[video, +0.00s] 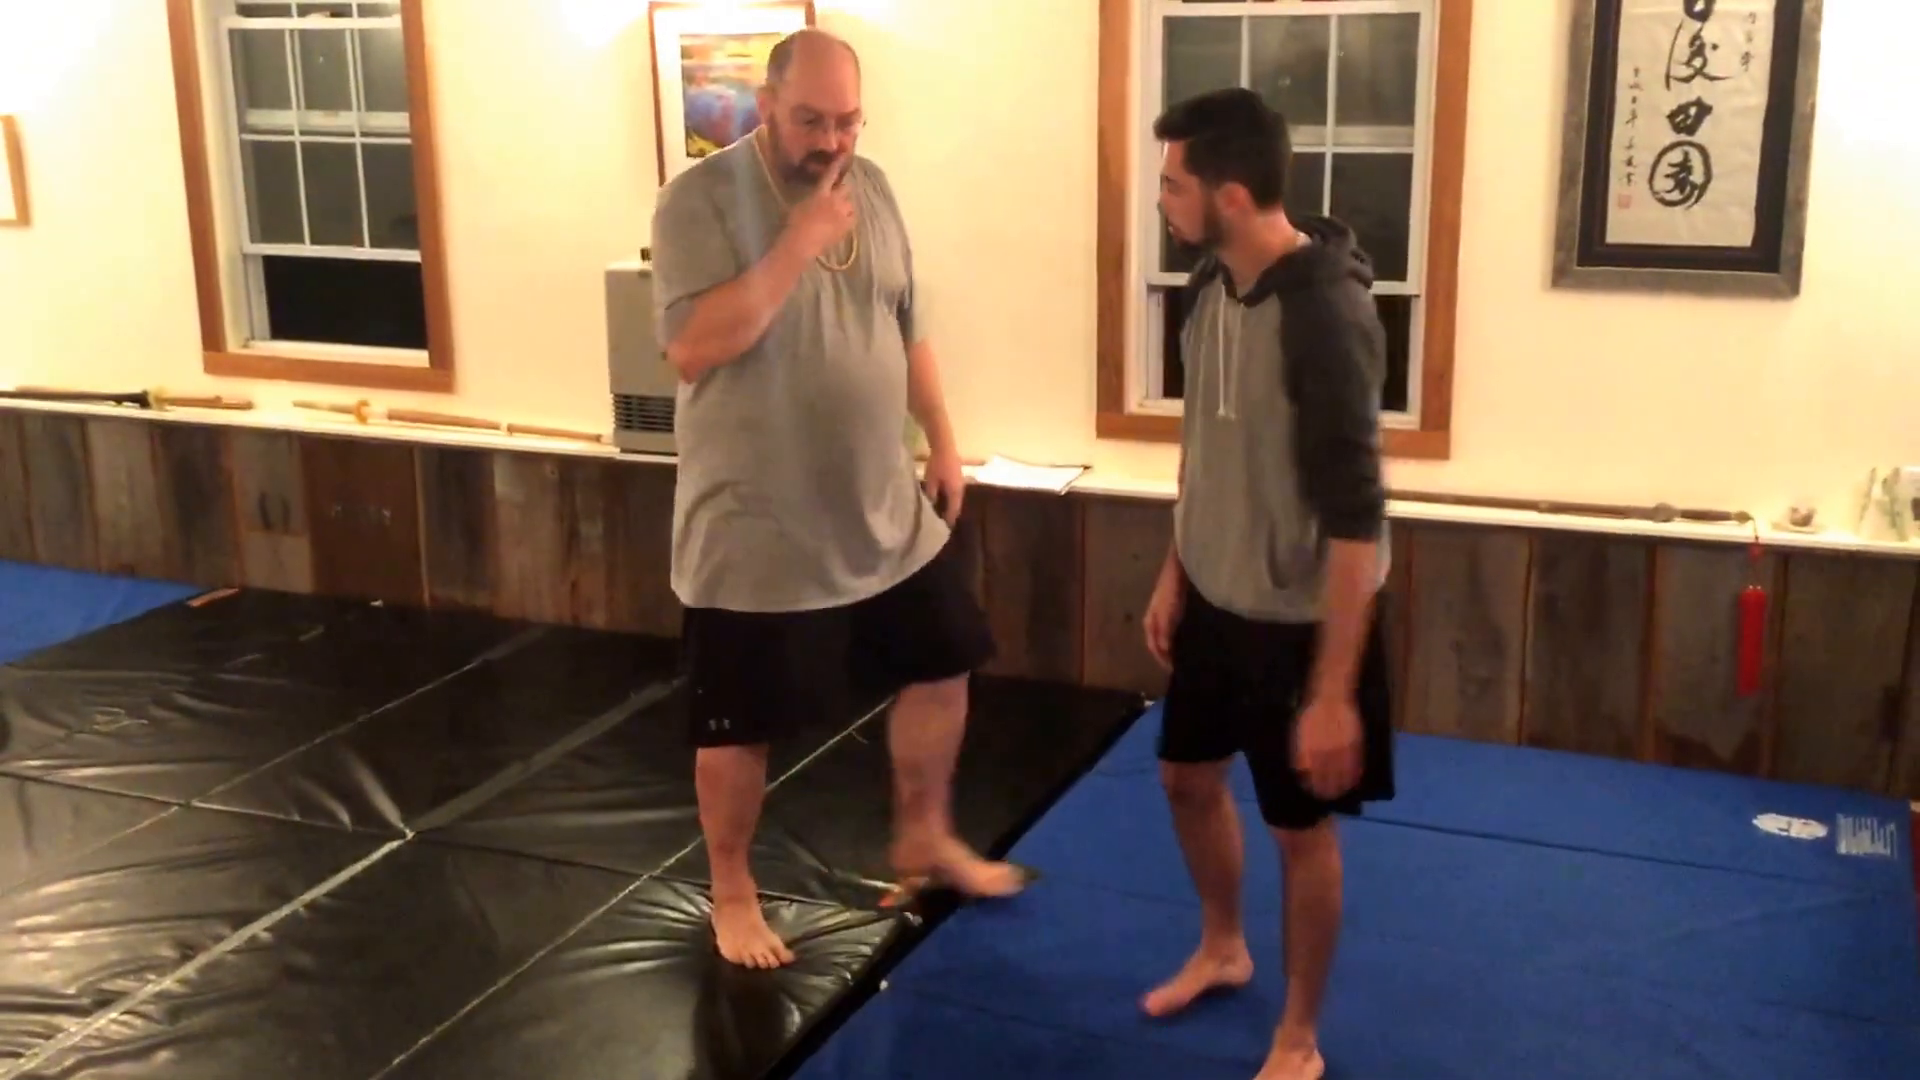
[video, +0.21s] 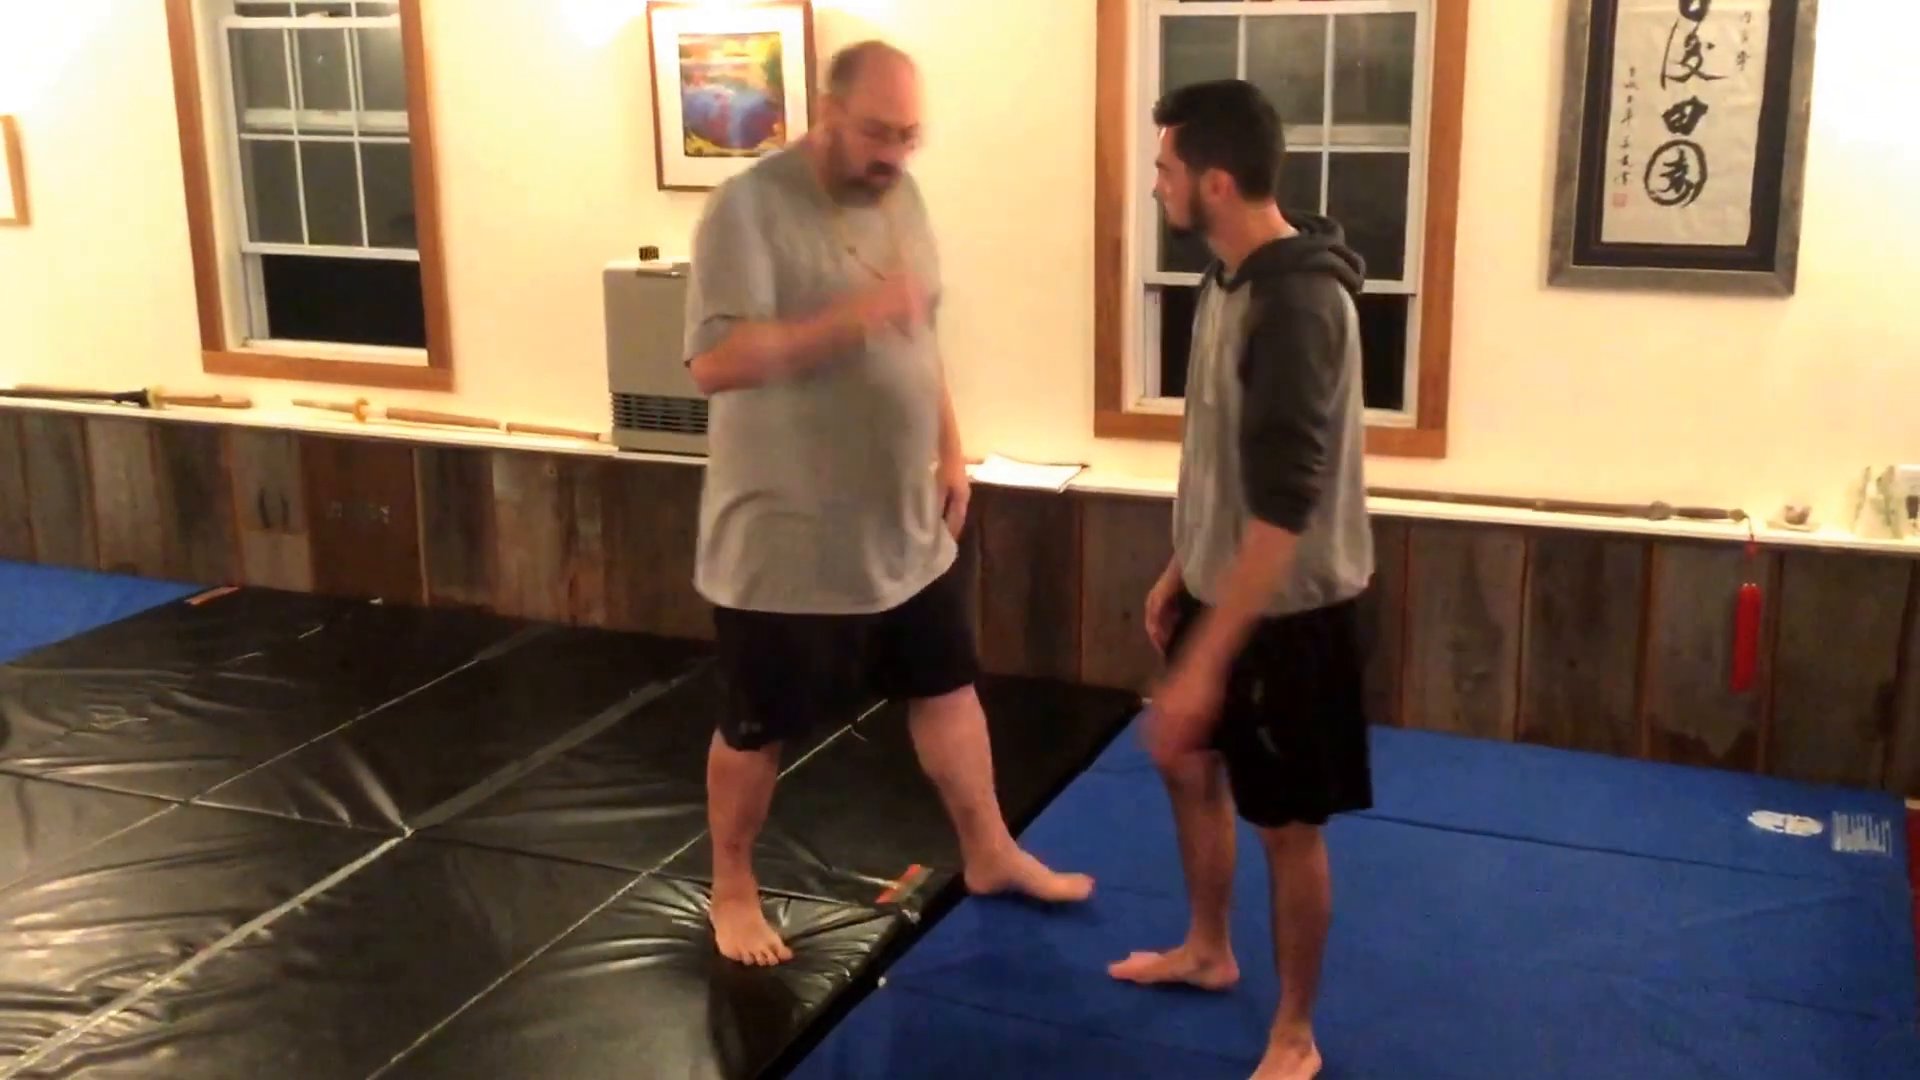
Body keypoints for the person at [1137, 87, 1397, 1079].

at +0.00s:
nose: (1163, 201)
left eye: (1174, 183)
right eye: (1164, 181)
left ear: (1232, 191)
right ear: (1228, 188)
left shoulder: (1324, 307)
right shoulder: (1213, 290)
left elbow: (1357, 517)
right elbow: (1211, 452)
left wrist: (1334, 693)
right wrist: (1173, 571)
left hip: (1298, 625)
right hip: (1213, 605)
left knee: (1303, 834)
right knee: (1188, 773)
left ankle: (1299, 1034)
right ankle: (1223, 948)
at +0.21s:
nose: (1157, 185)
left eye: (1166, 168)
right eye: (1159, 166)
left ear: (1214, 177)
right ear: (1233, 174)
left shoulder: (1296, 295)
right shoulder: (1231, 278)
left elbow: (1287, 505)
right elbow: (1221, 456)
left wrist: (1207, 660)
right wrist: (1181, 566)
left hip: (1294, 607)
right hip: (1224, 592)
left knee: (1289, 826)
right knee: (1183, 754)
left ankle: (1295, 1031)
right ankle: (1207, 948)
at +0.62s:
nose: (1141, 184)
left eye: (1144, 163)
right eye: (1139, 164)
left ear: (1181, 161)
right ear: (1220, 156)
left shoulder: (1233, 278)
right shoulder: (1270, 256)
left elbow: (1195, 466)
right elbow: (1235, 447)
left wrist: (1111, 589)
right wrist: (1171, 562)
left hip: (1244, 570)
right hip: (1235, 563)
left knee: (1216, 794)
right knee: (1193, 769)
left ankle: (1296, 1017)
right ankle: (1202, 947)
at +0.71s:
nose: (1136, 189)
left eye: (1138, 170)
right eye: (1133, 171)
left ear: (1176, 167)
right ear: (1212, 163)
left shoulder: (1227, 276)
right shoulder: (1272, 257)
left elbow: (1201, 461)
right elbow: (1240, 434)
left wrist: (1144, 574)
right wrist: (1171, 533)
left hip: (1236, 568)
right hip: (1256, 557)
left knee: (1206, 787)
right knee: (1193, 761)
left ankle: (1307, 1020)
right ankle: (1201, 945)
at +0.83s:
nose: (1136, 200)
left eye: (1137, 180)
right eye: (1131, 182)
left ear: (1174, 173)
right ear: (1210, 168)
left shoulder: (1221, 277)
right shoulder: (1280, 257)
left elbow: (1196, 460)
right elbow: (1248, 434)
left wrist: (1156, 567)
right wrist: (1175, 528)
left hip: (1237, 568)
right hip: (1266, 555)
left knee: (1223, 793)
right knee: (1186, 749)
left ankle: (1314, 1036)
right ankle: (1198, 942)